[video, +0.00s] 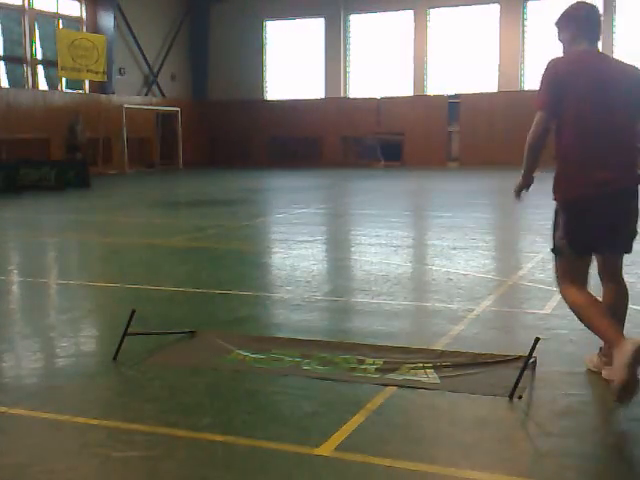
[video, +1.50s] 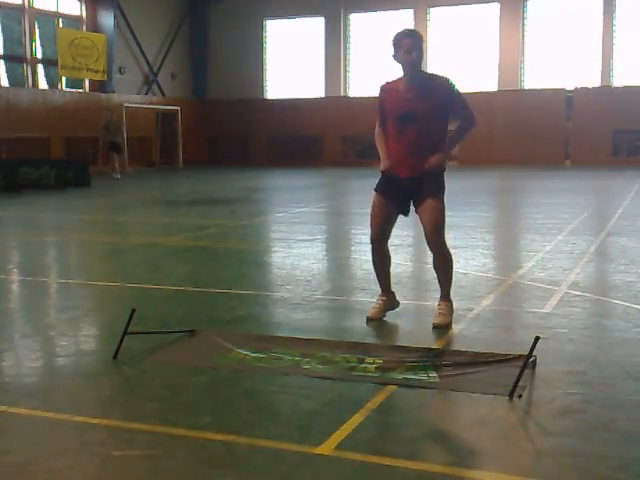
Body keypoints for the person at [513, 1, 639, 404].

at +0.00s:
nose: (559, 41)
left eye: (560, 34)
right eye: (560, 34)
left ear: (568, 32)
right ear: (597, 32)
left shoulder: (559, 68)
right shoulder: (629, 72)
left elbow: (539, 132)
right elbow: (635, 134)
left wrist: (526, 175)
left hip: (578, 194)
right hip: (624, 192)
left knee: (571, 284)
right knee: (613, 274)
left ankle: (621, 345)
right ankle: (607, 356)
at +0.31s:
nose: (500, 50)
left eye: (503, 43)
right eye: (500, 43)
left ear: (515, 43)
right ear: (533, 42)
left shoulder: (516, 80)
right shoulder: (568, 79)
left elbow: (514, 131)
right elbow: (584, 132)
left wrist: (514, 186)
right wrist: (569, 170)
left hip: (534, 193)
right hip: (577, 190)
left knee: (503, 259)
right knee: (594, 268)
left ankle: (502, 329)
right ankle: (607, 354)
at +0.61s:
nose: (439, 59)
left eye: (442, 52)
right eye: (438, 53)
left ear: (461, 47)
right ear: (463, 49)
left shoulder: (479, 82)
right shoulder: (490, 79)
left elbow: (486, 133)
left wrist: (465, 182)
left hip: (476, 181)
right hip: (499, 180)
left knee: (464, 254)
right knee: (483, 245)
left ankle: (485, 328)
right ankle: (531, 301)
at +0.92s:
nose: (414, 66)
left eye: (420, 59)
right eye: (411, 60)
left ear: (434, 59)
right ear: (407, 61)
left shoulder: (456, 92)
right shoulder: (416, 96)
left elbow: (484, 133)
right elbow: (417, 132)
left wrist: (454, 173)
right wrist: (409, 162)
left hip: (452, 186)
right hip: (422, 184)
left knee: (448, 254)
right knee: (408, 243)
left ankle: (486, 323)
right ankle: (411, 303)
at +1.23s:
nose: (405, 49)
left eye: (411, 43)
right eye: (401, 44)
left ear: (423, 43)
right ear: (397, 45)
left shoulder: (445, 75)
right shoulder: (394, 79)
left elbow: (475, 106)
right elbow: (386, 114)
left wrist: (452, 140)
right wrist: (388, 146)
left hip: (434, 166)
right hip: (399, 166)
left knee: (439, 234)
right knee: (391, 232)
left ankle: (449, 299)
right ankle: (398, 293)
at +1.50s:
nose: (409, 56)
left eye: (414, 50)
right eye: (404, 51)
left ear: (422, 52)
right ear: (395, 55)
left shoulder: (440, 86)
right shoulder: (387, 91)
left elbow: (468, 120)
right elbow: (380, 127)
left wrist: (444, 152)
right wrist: (384, 157)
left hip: (428, 176)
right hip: (393, 175)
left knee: (436, 242)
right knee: (377, 239)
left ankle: (444, 301)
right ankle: (386, 296)